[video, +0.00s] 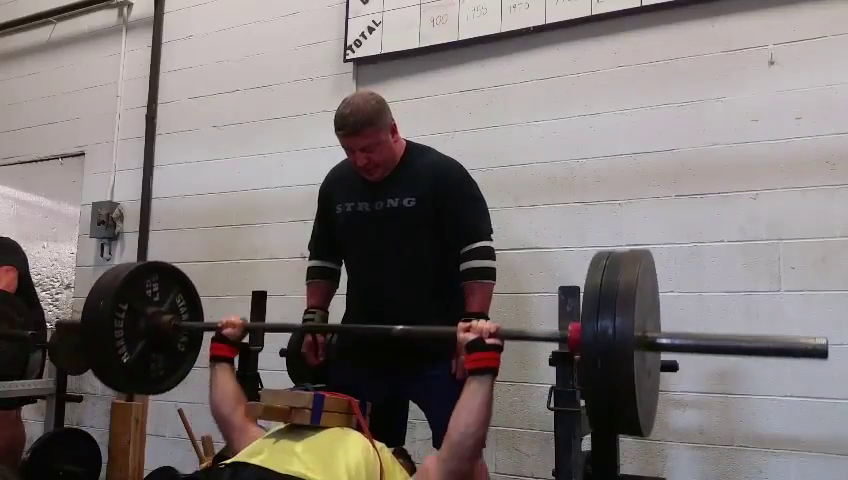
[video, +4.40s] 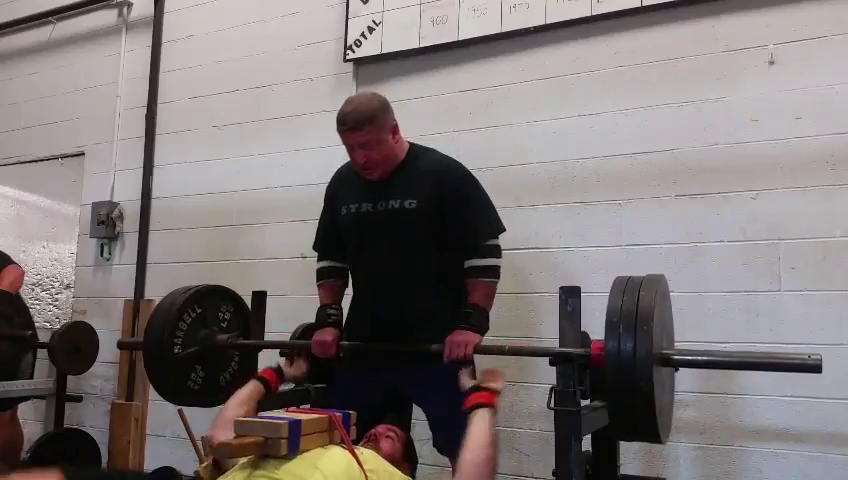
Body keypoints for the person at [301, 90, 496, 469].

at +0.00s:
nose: (360, 160)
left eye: (369, 149)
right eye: (351, 151)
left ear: (394, 132)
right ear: (341, 143)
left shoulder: (444, 176)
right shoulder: (338, 184)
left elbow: (478, 257)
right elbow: (324, 260)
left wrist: (472, 330)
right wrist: (314, 318)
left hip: (437, 344)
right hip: (365, 345)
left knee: (461, 456)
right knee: (368, 459)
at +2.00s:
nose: (357, 163)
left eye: (365, 152)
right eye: (348, 155)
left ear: (392, 134)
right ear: (338, 145)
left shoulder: (443, 173)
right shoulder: (338, 183)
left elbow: (493, 234)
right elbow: (322, 249)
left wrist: (460, 297)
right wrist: (318, 304)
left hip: (437, 345)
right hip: (364, 343)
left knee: (462, 457)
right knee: (366, 460)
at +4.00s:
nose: (394, 146)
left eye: (399, 133)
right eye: (380, 139)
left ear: (409, 122)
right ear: (359, 138)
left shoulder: (449, 172)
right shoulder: (345, 181)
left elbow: (488, 246)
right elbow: (330, 257)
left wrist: (474, 317)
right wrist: (326, 318)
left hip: (443, 344)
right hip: (369, 344)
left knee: (466, 458)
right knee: (367, 460)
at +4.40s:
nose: (359, 157)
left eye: (367, 146)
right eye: (351, 148)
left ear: (395, 133)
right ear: (343, 143)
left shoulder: (446, 176)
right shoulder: (344, 184)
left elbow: (485, 253)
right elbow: (331, 259)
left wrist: (472, 323)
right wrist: (328, 319)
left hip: (439, 343)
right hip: (368, 341)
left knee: (466, 453)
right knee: (362, 453)